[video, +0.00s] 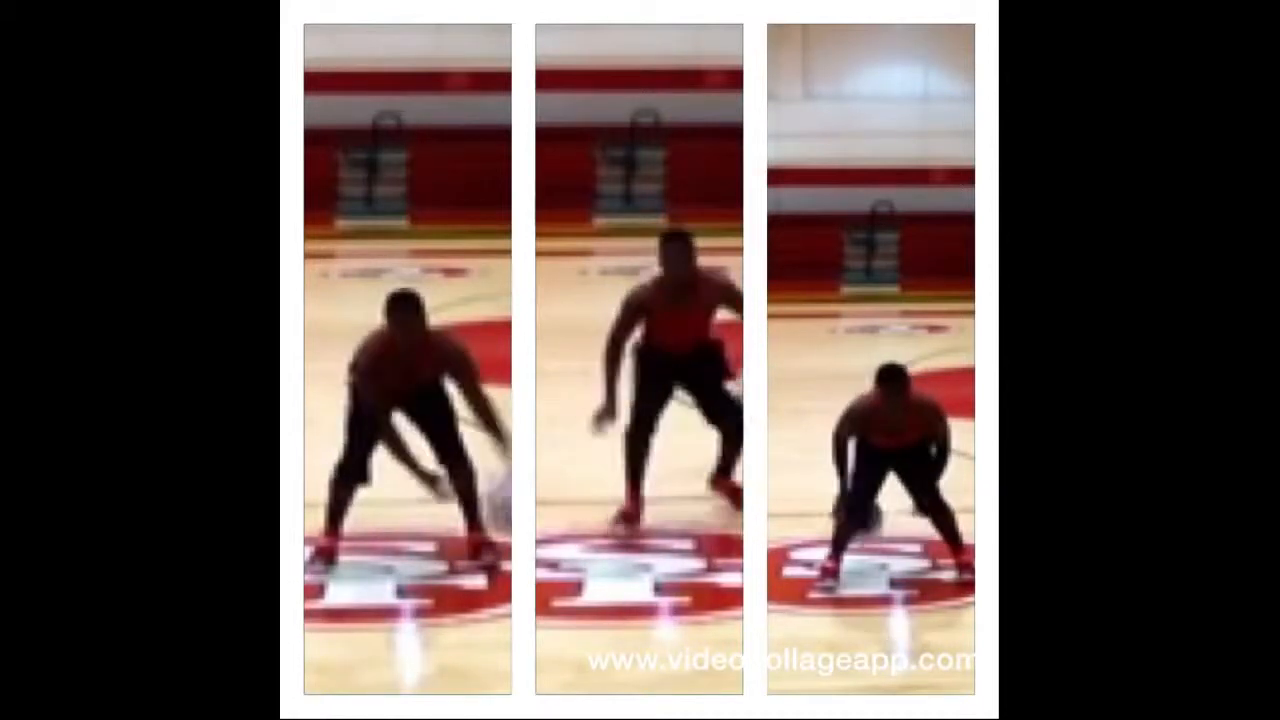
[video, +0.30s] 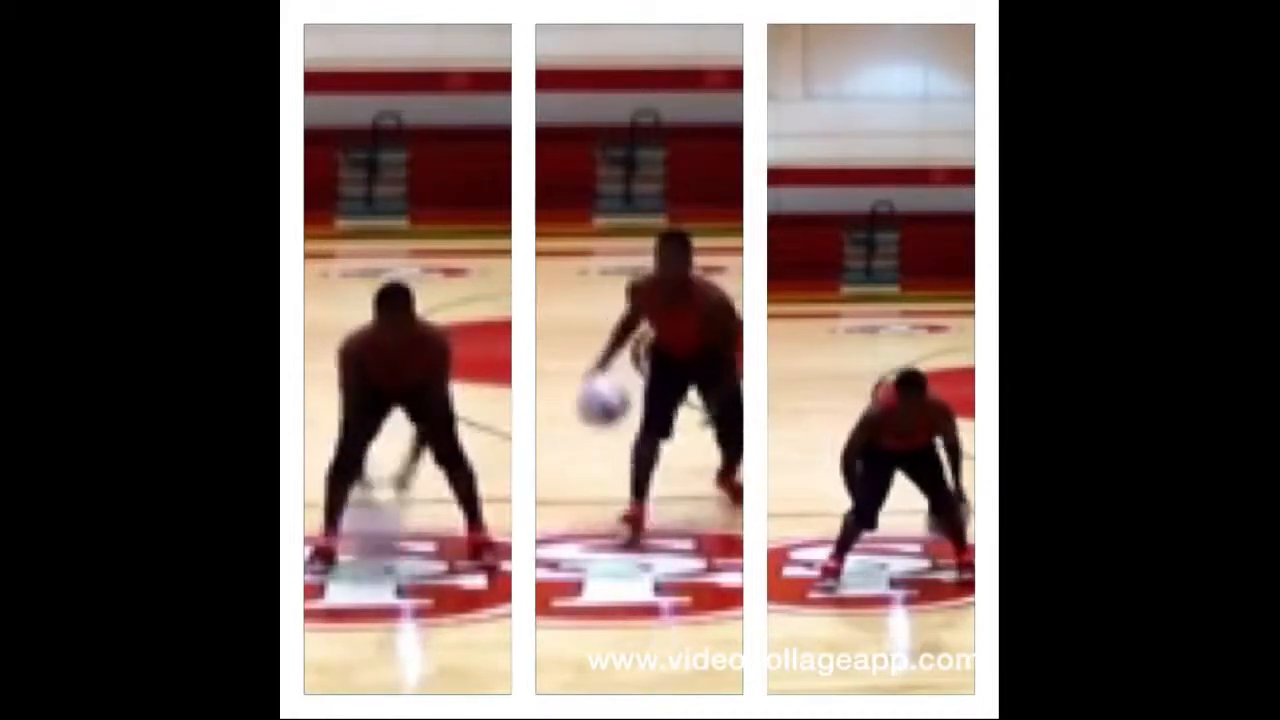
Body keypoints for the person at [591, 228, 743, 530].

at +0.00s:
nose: (675, 269)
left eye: (681, 260)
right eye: (668, 261)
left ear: (693, 259)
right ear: (660, 262)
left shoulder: (713, 288)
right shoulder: (645, 296)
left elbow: (754, 315)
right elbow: (615, 343)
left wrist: (752, 369)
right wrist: (609, 400)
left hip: (698, 359)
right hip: (656, 362)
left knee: (734, 422)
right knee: (638, 431)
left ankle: (722, 476)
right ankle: (633, 502)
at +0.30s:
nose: (671, 270)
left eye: (678, 263)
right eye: (665, 262)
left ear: (690, 262)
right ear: (656, 262)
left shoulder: (712, 300)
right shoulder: (644, 292)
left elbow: (737, 339)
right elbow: (629, 323)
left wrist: (732, 377)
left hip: (712, 361)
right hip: (668, 361)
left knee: (735, 426)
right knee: (651, 432)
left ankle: (727, 476)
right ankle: (637, 505)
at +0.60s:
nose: (680, 277)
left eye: (686, 269)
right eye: (674, 269)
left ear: (696, 270)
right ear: (665, 271)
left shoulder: (716, 308)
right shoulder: (648, 309)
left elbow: (733, 362)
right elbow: (643, 360)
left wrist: (736, 407)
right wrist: (639, 396)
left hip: (701, 381)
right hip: (656, 379)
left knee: (713, 438)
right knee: (616, 430)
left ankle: (739, 507)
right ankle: (638, 499)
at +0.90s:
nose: (691, 272)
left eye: (696, 264)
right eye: (684, 264)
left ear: (707, 262)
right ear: (674, 266)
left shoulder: (727, 294)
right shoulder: (659, 304)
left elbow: (755, 331)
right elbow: (637, 356)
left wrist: (754, 391)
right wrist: (633, 409)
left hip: (720, 358)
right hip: (676, 360)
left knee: (750, 432)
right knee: (658, 430)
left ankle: (745, 496)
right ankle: (651, 503)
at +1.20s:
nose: (682, 267)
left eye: (689, 260)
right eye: (677, 260)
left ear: (704, 260)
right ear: (671, 259)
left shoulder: (726, 295)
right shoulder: (660, 287)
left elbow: (749, 343)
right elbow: (634, 320)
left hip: (729, 359)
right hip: (686, 357)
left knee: (742, 425)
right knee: (659, 429)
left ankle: (764, 495)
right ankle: (650, 506)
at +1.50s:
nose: (701, 273)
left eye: (707, 265)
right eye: (694, 266)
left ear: (717, 267)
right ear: (685, 269)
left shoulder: (735, 306)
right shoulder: (669, 311)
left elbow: (743, 363)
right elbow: (670, 372)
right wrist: (695, 417)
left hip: (720, 378)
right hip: (676, 377)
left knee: (733, 435)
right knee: (632, 433)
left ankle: (753, 496)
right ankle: (646, 488)